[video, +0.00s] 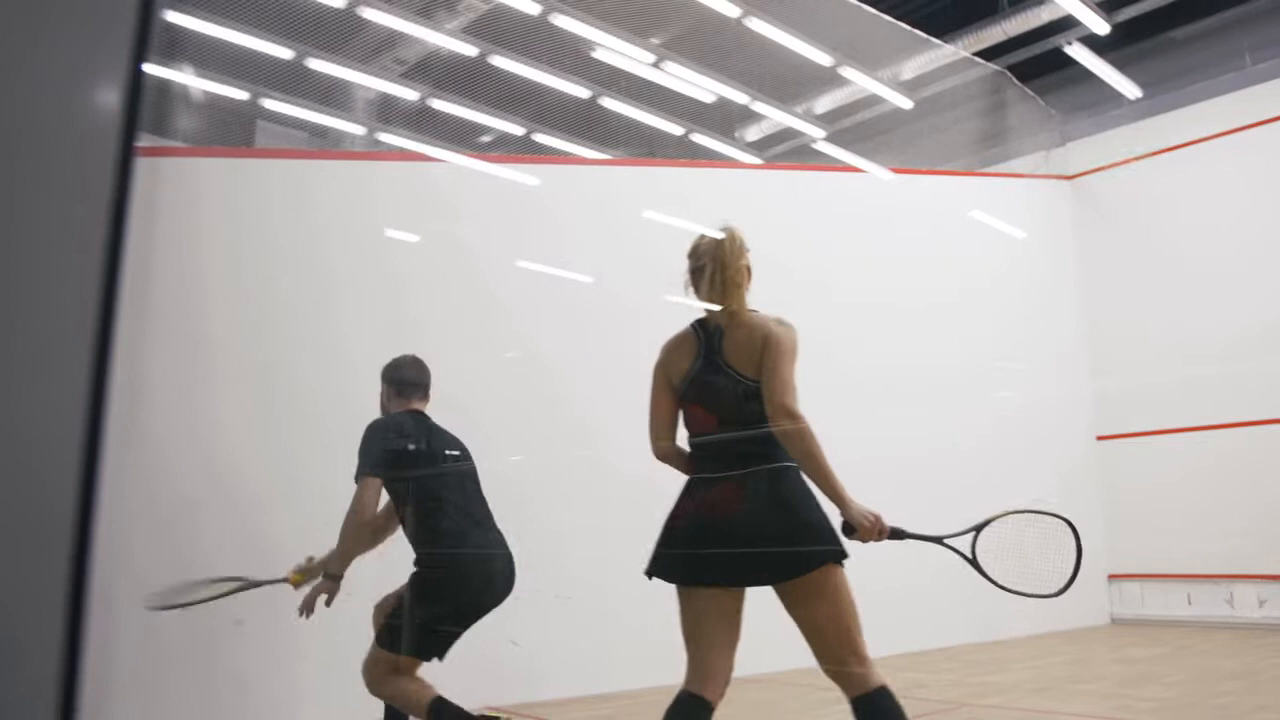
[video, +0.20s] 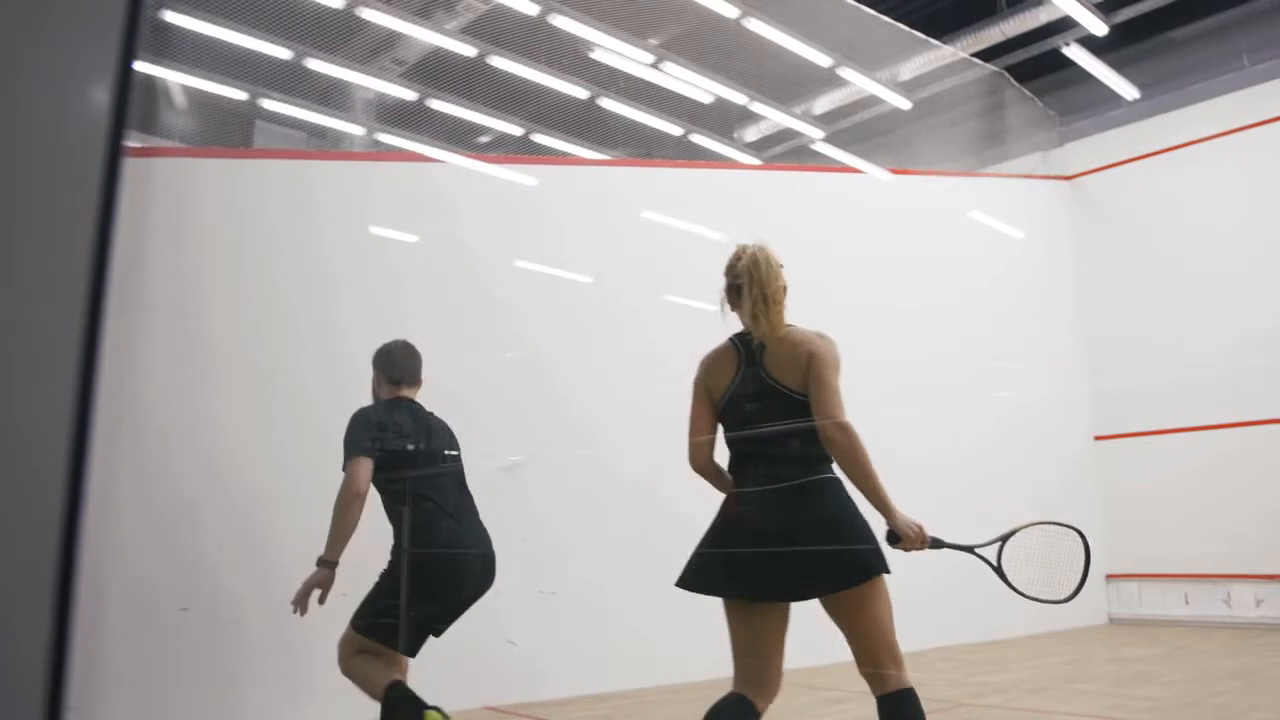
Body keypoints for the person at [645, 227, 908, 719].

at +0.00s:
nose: (750, 271)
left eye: (743, 265)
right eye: (748, 265)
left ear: (695, 278)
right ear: (746, 271)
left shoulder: (674, 351)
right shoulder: (774, 334)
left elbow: (664, 447)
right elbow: (784, 418)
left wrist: (719, 473)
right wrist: (847, 505)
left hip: (704, 517)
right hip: (778, 512)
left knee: (702, 683)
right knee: (853, 670)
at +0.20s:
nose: (784, 287)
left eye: (735, 289)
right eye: (782, 281)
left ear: (731, 295)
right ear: (783, 288)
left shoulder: (714, 366)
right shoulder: (814, 348)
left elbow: (701, 458)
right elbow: (833, 430)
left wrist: (742, 493)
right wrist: (893, 515)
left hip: (750, 529)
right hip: (824, 523)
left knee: (752, 687)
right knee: (886, 674)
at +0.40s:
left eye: (751, 293)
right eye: (802, 282)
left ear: (751, 298)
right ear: (802, 289)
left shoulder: (732, 362)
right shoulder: (835, 347)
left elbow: (720, 451)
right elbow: (868, 425)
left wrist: (751, 500)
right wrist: (921, 506)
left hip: (764, 521)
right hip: (836, 516)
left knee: (775, 666)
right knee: (886, 671)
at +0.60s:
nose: (759, 300)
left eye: (757, 294)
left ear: (759, 297)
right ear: (809, 289)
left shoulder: (738, 357)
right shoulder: (843, 346)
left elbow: (720, 438)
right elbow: (878, 420)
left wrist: (729, 484)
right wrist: (927, 495)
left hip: (765, 512)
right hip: (838, 506)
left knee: (767, 654)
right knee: (880, 668)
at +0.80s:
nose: (754, 308)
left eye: (753, 302)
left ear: (757, 305)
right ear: (804, 296)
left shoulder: (736, 364)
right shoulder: (837, 354)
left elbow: (716, 438)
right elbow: (871, 427)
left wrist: (714, 492)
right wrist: (920, 498)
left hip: (757, 515)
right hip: (827, 509)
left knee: (758, 651)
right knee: (871, 668)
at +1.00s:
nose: (745, 317)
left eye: (743, 310)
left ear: (742, 315)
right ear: (789, 307)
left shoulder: (718, 374)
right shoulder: (814, 366)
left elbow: (701, 448)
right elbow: (848, 441)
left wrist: (696, 511)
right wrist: (899, 507)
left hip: (739, 522)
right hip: (805, 517)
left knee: (747, 650)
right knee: (856, 665)